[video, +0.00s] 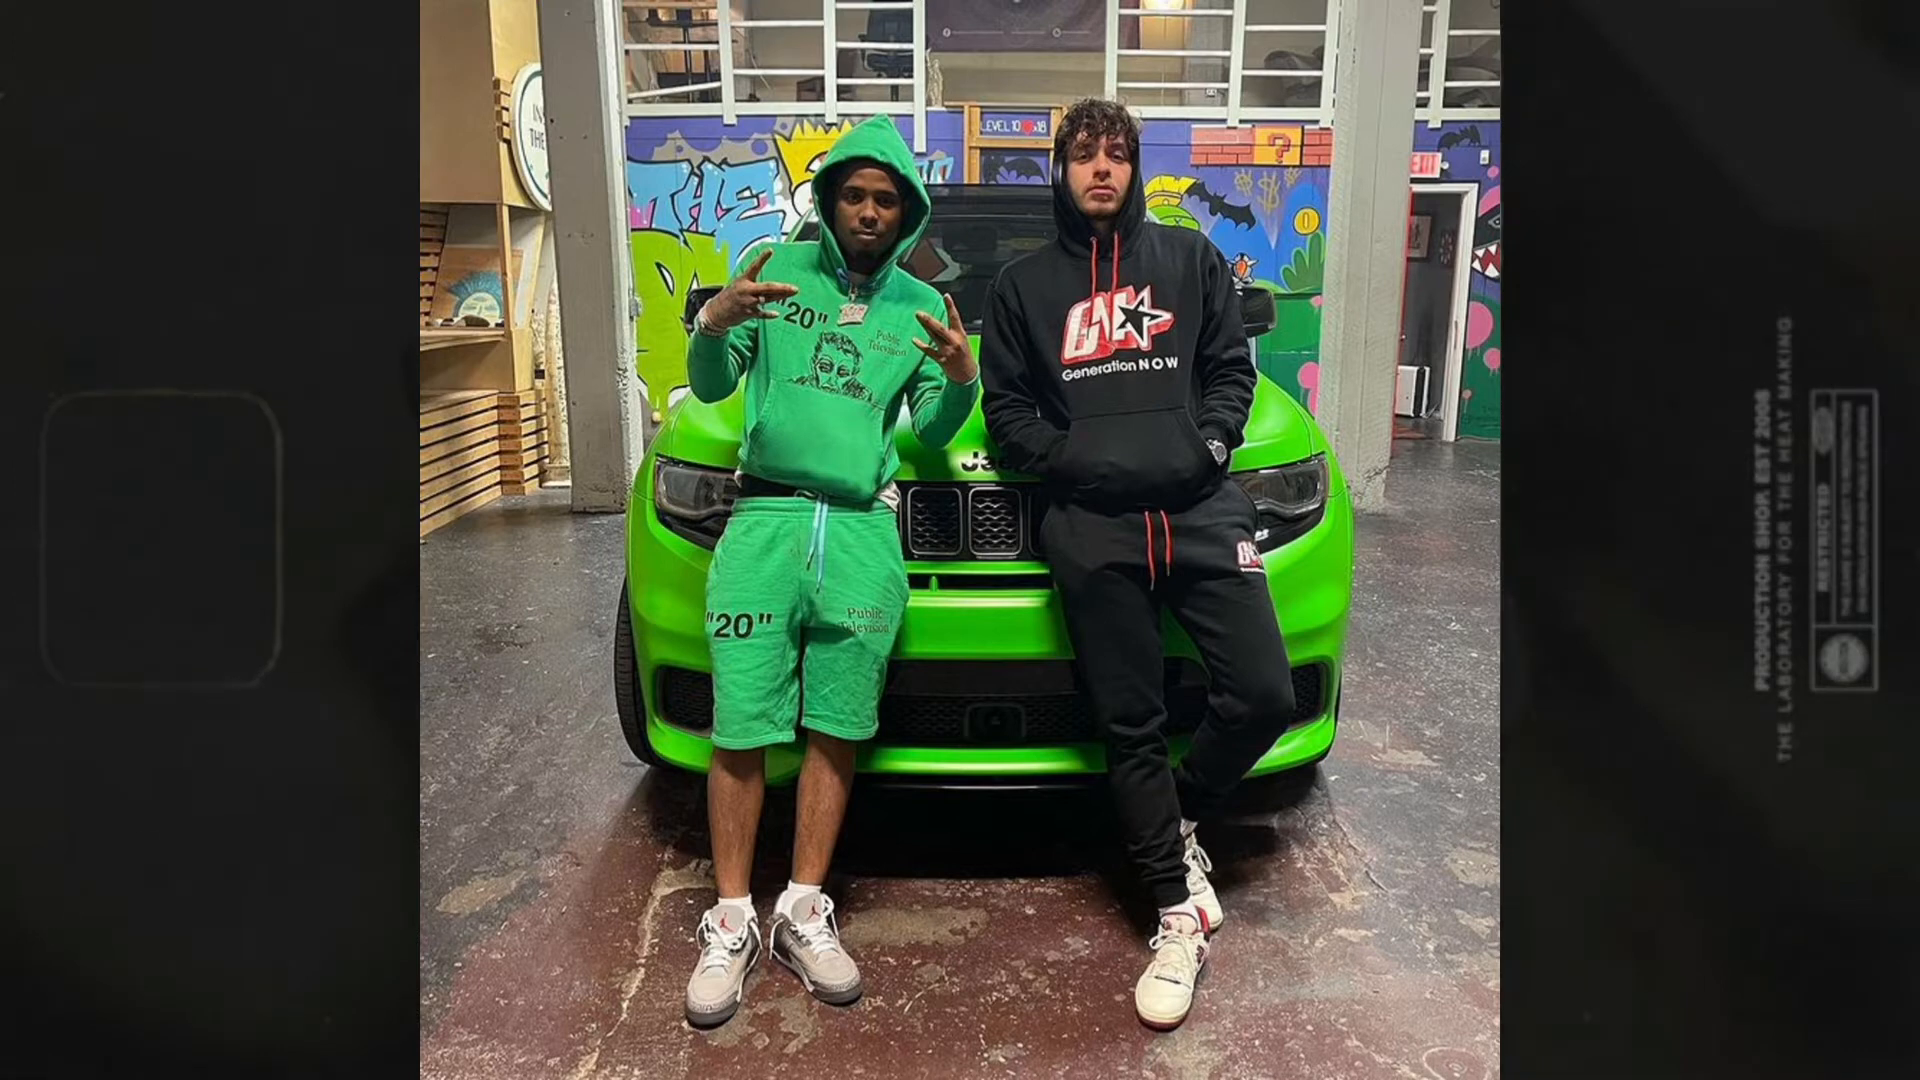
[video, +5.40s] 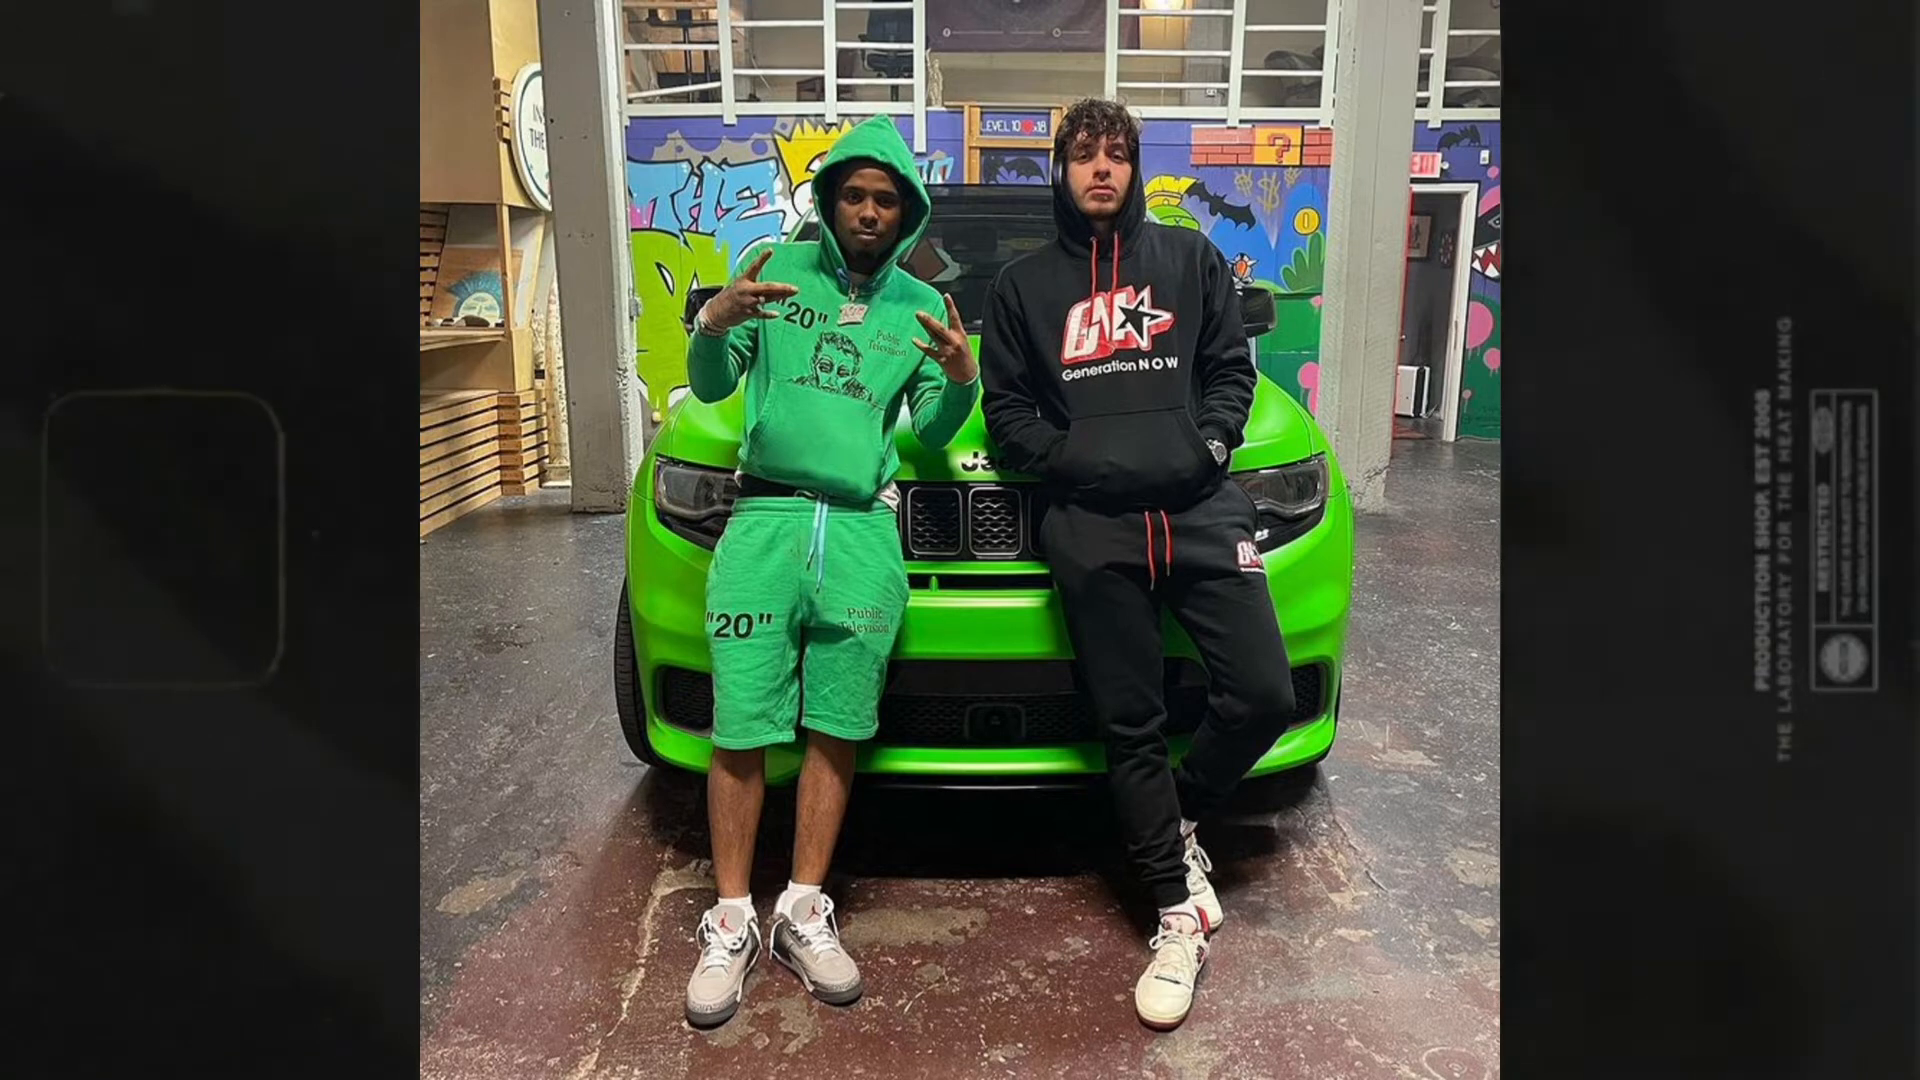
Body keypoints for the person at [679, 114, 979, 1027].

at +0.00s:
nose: (868, 212)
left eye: (885, 198)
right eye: (854, 196)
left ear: (907, 212)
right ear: (827, 202)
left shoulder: (923, 305)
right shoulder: (776, 268)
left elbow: (923, 439)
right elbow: (712, 384)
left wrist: (961, 380)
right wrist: (713, 321)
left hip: (861, 527)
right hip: (763, 517)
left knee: (838, 728)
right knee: (741, 728)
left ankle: (805, 908)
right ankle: (732, 919)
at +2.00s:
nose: (868, 212)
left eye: (885, 198)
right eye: (854, 196)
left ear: (907, 212)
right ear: (827, 202)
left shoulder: (923, 305)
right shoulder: (776, 268)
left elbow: (923, 439)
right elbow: (712, 384)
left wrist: (961, 380)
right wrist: (713, 321)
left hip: (861, 527)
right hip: (763, 517)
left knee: (838, 728)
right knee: (741, 728)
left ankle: (805, 908)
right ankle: (732, 919)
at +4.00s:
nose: (868, 212)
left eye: (885, 198)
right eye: (854, 196)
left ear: (907, 212)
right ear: (827, 202)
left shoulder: (923, 305)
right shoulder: (776, 268)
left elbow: (923, 439)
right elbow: (712, 384)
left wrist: (961, 380)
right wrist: (713, 321)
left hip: (861, 527)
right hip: (763, 517)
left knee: (838, 728)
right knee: (741, 728)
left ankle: (805, 908)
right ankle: (732, 919)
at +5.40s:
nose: (868, 212)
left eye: (885, 198)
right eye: (854, 196)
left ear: (907, 211)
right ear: (827, 202)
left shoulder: (923, 305)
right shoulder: (777, 267)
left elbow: (923, 439)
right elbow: (712, 384)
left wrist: (961, 381)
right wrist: (713, 322)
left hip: (861, 526)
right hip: (763, 516)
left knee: (838, 728)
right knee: (741, 728)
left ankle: (804, 908)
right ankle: (732, 919)